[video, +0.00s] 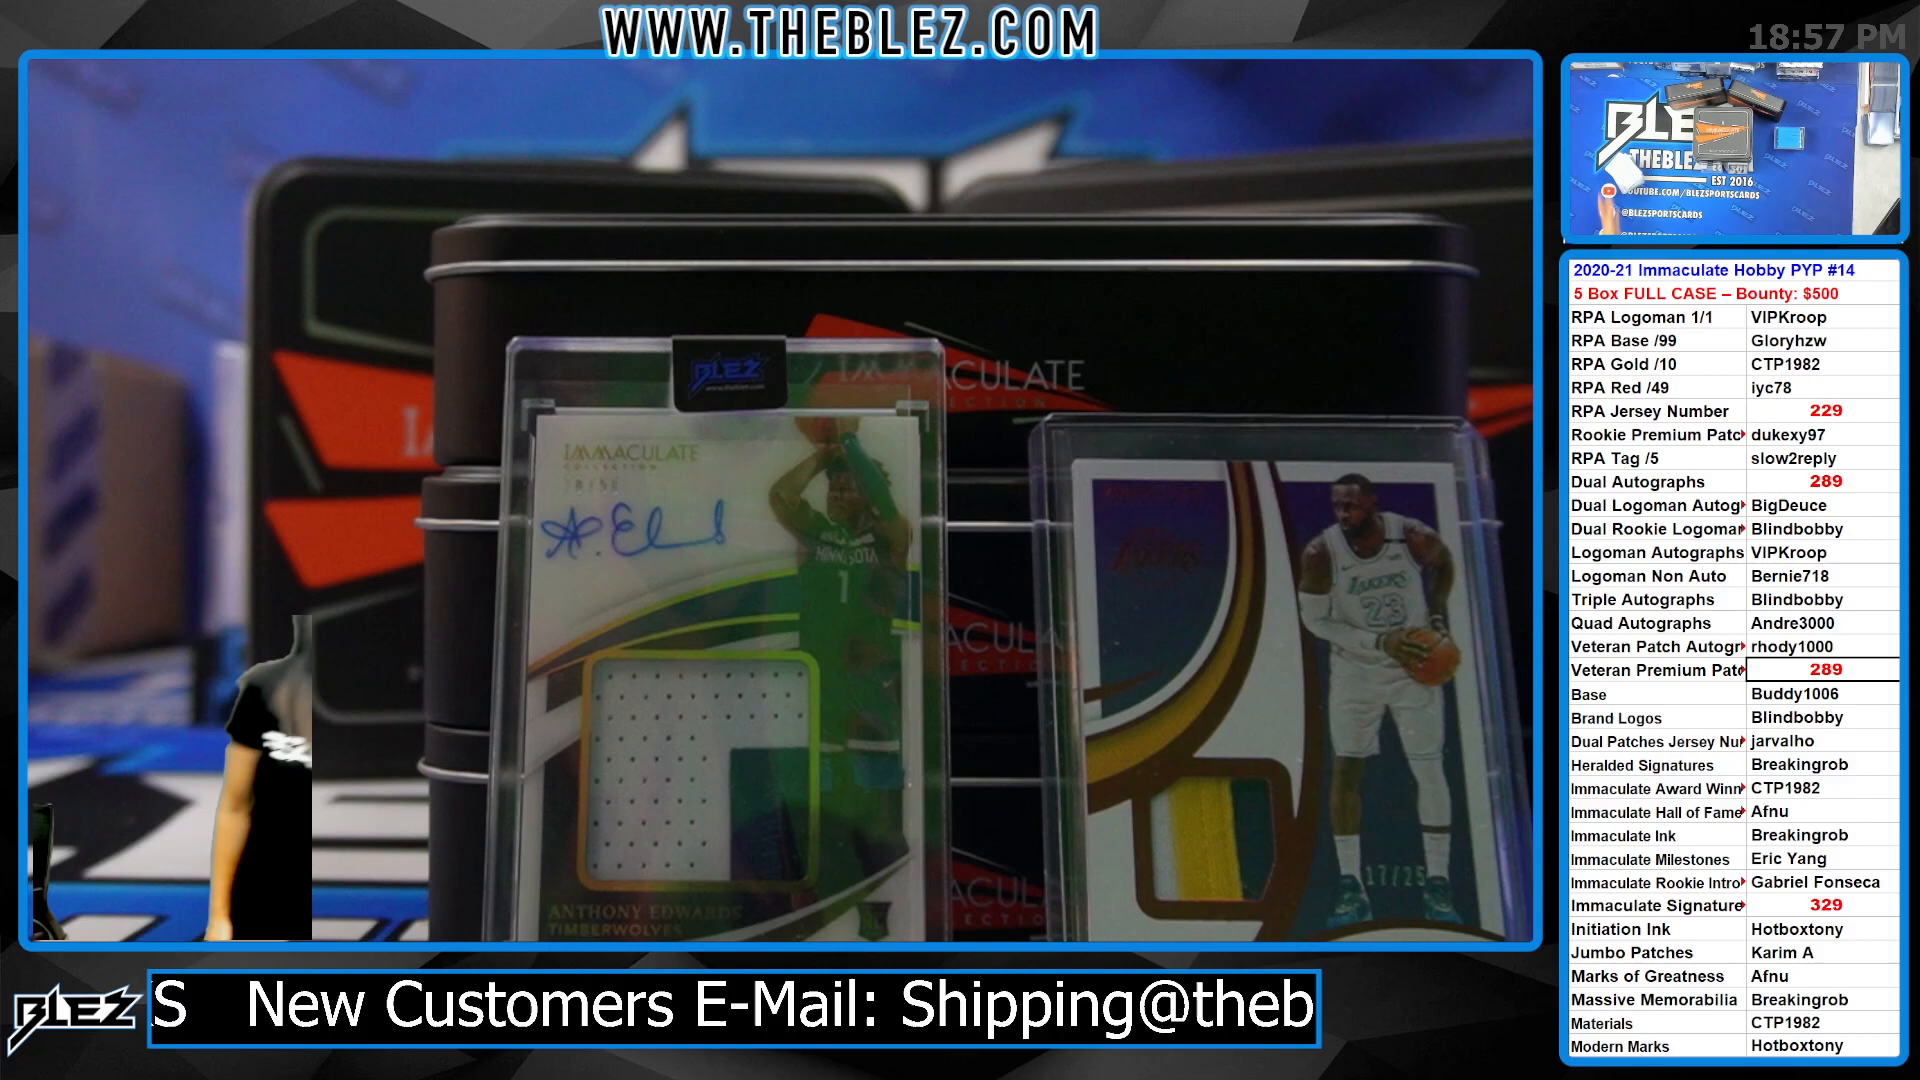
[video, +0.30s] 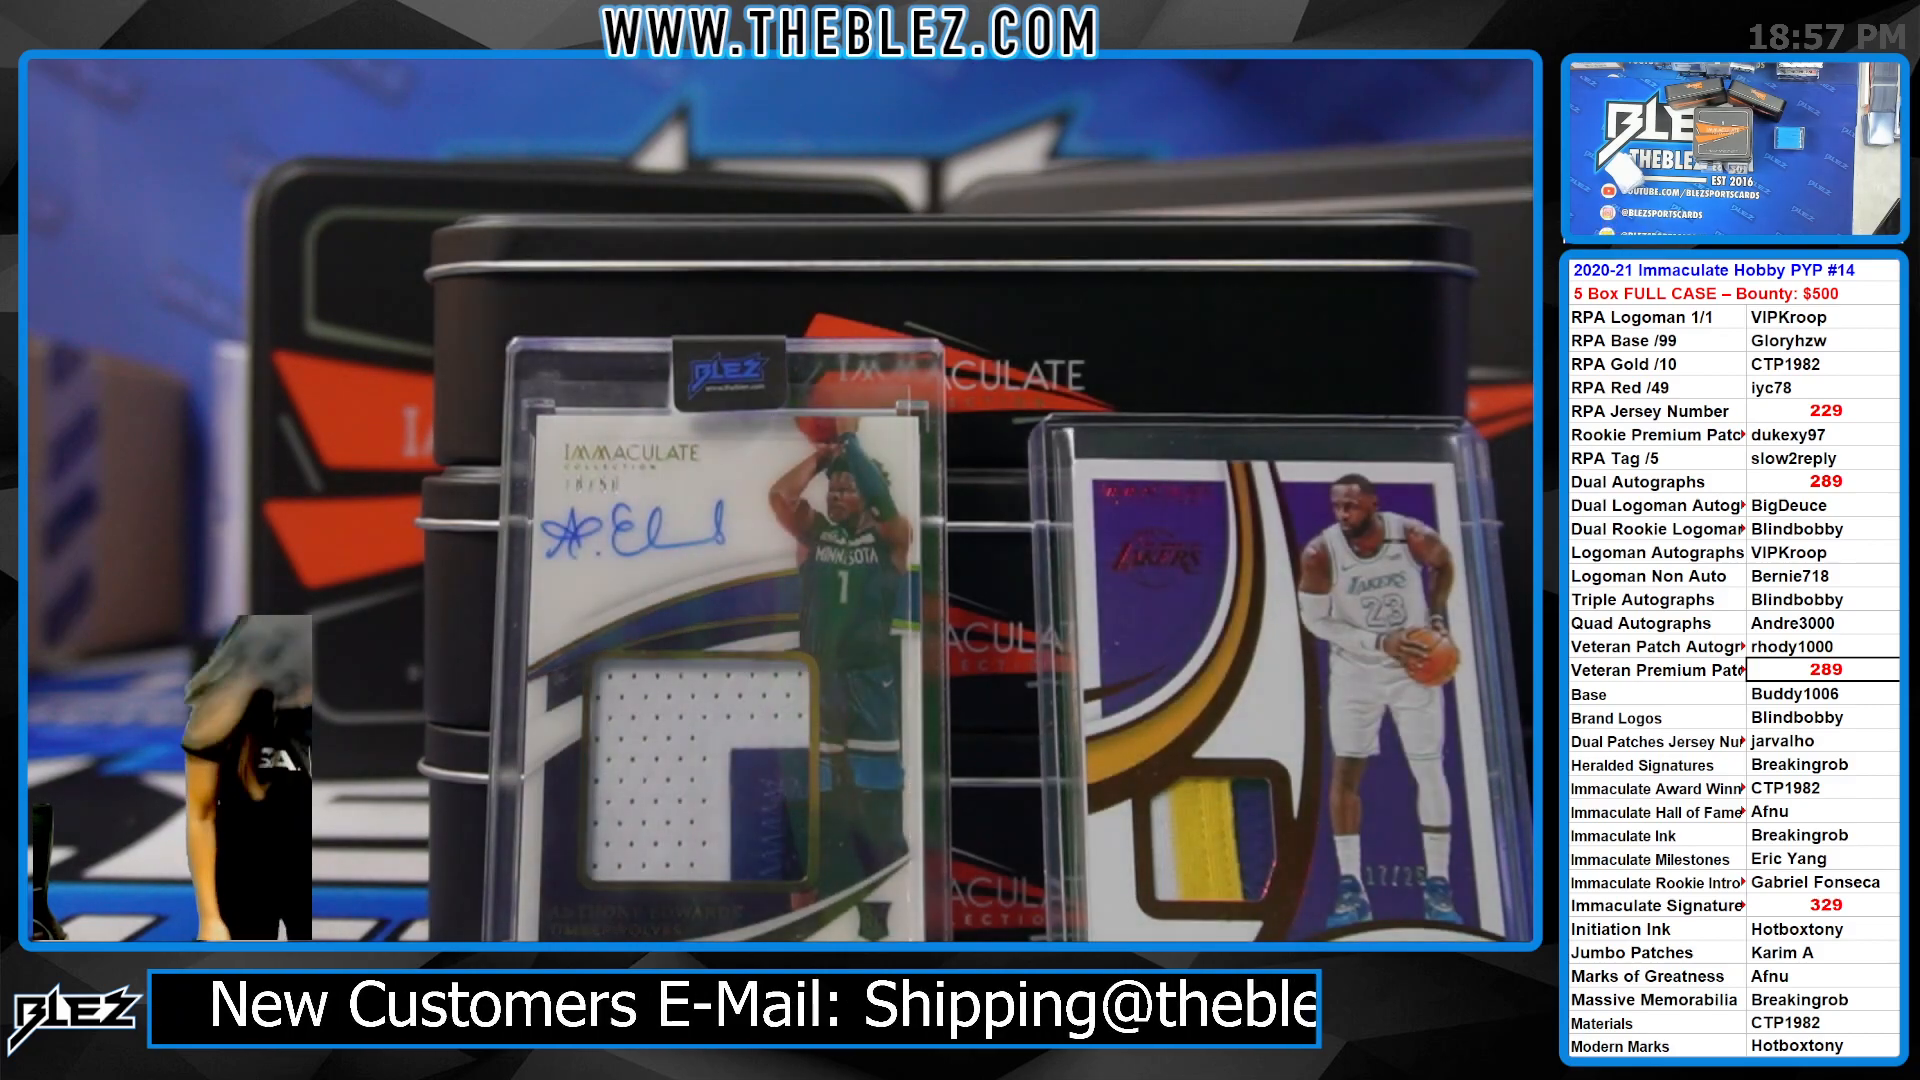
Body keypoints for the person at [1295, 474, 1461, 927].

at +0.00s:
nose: (1344, 514)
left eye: (1351, 505)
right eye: (1338, 506)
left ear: (1373, 504)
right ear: (1332, 509)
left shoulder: (1413, 536)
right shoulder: (1320, 554)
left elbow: (1444, 565)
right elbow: (1315, 621)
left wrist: (1436, 618)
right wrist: (1378, 642)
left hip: (1414, 673)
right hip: (1354, 675)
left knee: (1430, 771)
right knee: (1348, 773)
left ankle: (1438, 882)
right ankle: (1350, 886)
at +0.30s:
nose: (1343, 514)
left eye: (1351, 505)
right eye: (1337, 506)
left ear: (1374, 505)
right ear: (1332, 509)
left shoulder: (1412, 536)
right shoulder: (1319, 554)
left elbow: (1444, 565)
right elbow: (1316, 621)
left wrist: (1437, 616)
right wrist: (1378, 642)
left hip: (1414, 672)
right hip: (1354, 675)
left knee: (1429, 771)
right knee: (1348, 773)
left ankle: (1437, 884)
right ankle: (1351, 888)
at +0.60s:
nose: (1343, 514)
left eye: (1351, 505)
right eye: (1337, 506)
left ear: (1374, 505)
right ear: (1332, 509)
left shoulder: (1413, 536)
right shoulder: (1319, 555)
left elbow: (1444, 564)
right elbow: (1316, 621)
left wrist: (1437, 615)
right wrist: (1379, 641)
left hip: (1414, 672)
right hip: (1354, 674)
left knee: (1430, 771)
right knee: (1347, 773)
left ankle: (1438, 885)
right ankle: (1351, 889)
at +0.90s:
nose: (1343, 514)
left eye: (1351, 505)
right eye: (1337, 506)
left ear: (1373, 505)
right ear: (1332, 509)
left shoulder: (1413, 537)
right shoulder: (1319, 555)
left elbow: (1445, 564)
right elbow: (1316, 621)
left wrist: (1437, 615)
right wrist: (1379, 641)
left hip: (1414, 672)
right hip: (1354, 675)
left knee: (1430, 772)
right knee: (1347, 774)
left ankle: (1438, 885)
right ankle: (1350, 889)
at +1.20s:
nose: (1343, 514)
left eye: (1351, 506)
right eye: (1337, 506)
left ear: (1373, 505)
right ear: (1332, 509)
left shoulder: (1414, 537)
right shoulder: (1319, 555)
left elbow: (1444, 565)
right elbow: (1315, 621)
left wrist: (1437, 616)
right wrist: (1379, 642)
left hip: (1414, 673)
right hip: (1354, 675)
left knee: (1430, 771)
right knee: (1347, 773)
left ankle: (1438, 884)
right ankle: (1350, 889)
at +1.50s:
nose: (1343, 514)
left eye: (1351, 506)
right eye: (1337, 506)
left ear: (1373, 505)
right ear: (1332, 509)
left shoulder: (1413, 536)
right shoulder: (1319, 555)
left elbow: (1444, 565)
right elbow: (1316, 621)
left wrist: (1436, 617)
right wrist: (1379, 642)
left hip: (1414, 673)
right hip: (1354, 674)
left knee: (1430, 771)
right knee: (1348, 773)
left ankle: (1438, 884)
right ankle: (1350, 888)